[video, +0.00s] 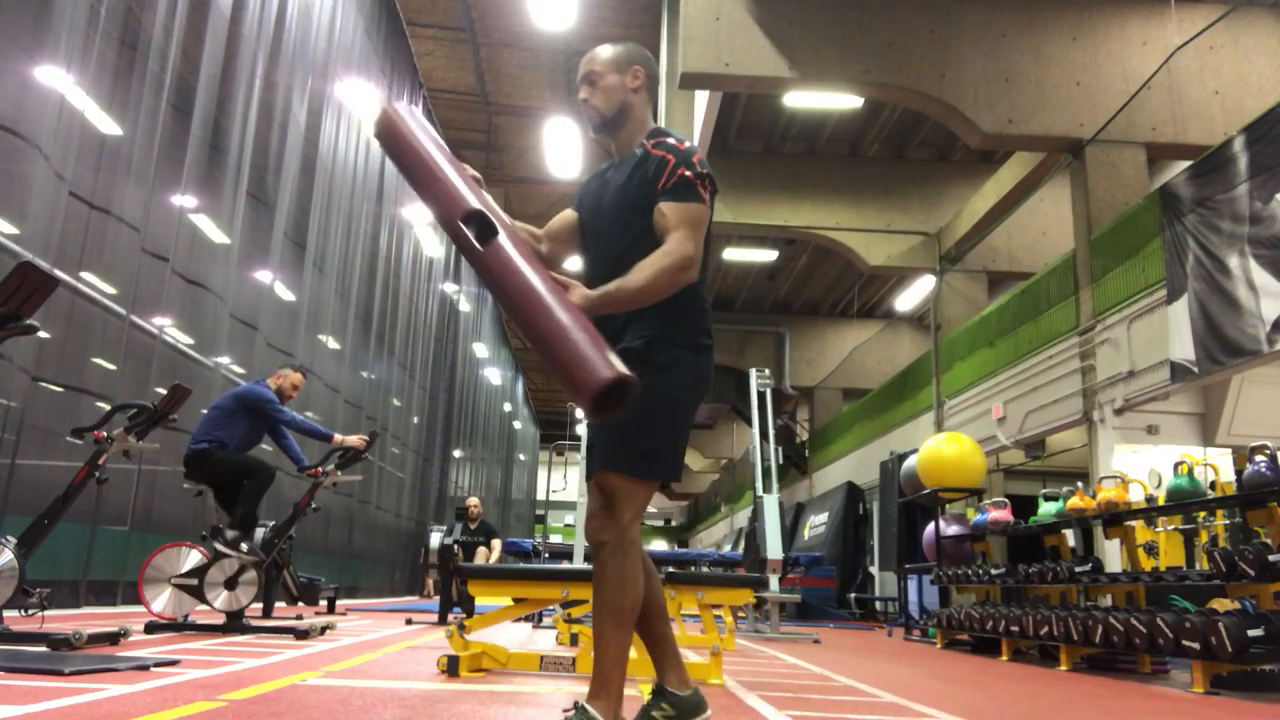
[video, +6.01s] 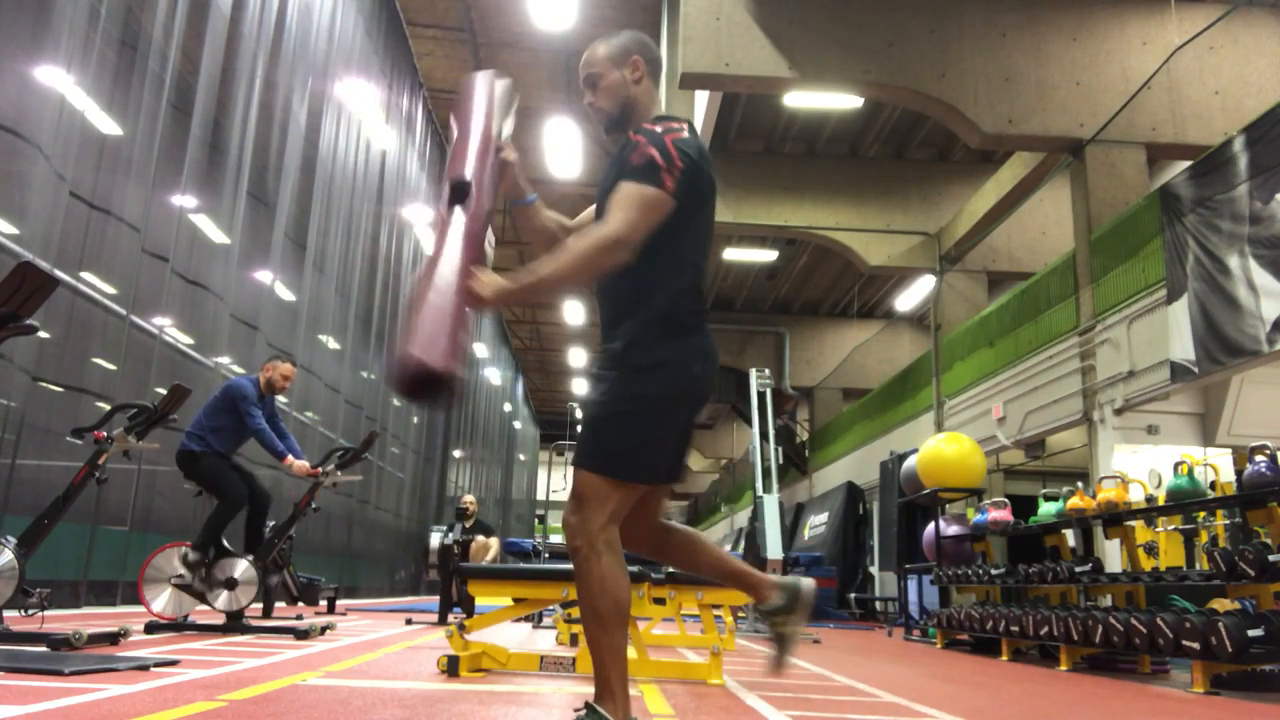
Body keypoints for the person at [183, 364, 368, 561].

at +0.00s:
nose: (294, 395)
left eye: (297, 391)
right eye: (294, 387)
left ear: (281, 383)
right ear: (278, 378)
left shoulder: (264, 402)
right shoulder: (258, 392)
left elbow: (282, 438)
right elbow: (293, 422)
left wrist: (305, 467)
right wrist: (340, 439)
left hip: (213, 460)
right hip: (205, 456)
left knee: (247, 516)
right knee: (263, 471)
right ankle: (233, 533)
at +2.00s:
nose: (295, 393)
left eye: (297, 391)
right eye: (293, 386)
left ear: (280, 384)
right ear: (276, 378)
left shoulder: (264, 402)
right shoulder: (258, 392)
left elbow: (280, 438)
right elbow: (294, 420)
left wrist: (305, 467)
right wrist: (341, 437)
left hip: (225, 460)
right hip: (204, 460)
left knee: (277, 479)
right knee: (235, 512)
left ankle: (252, 537)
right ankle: (198, 572)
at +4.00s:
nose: (294, 396)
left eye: (297, 393)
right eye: (293, 389)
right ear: (278, 379)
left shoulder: (265, 406)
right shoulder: (257, 393)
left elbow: (280, 440)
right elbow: (295, 422)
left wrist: (303, 467)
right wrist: (342, 439)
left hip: (212, 459)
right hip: (205, 456)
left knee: (252, 510)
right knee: (264, 481)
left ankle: (226, 544)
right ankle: (241, 544)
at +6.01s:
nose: (286, 386)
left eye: (290, 381)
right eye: (284, 378)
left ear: (290, 381)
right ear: (267, 371)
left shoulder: (266, 398)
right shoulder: (242, 388)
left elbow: (279, 430)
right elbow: (258, 428)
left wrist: (301, 461)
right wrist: (289, 461)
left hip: (219, 457)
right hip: (196, 454)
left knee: (261, 498)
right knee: (236, 496)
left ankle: (254, 558)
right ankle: (197, 552)